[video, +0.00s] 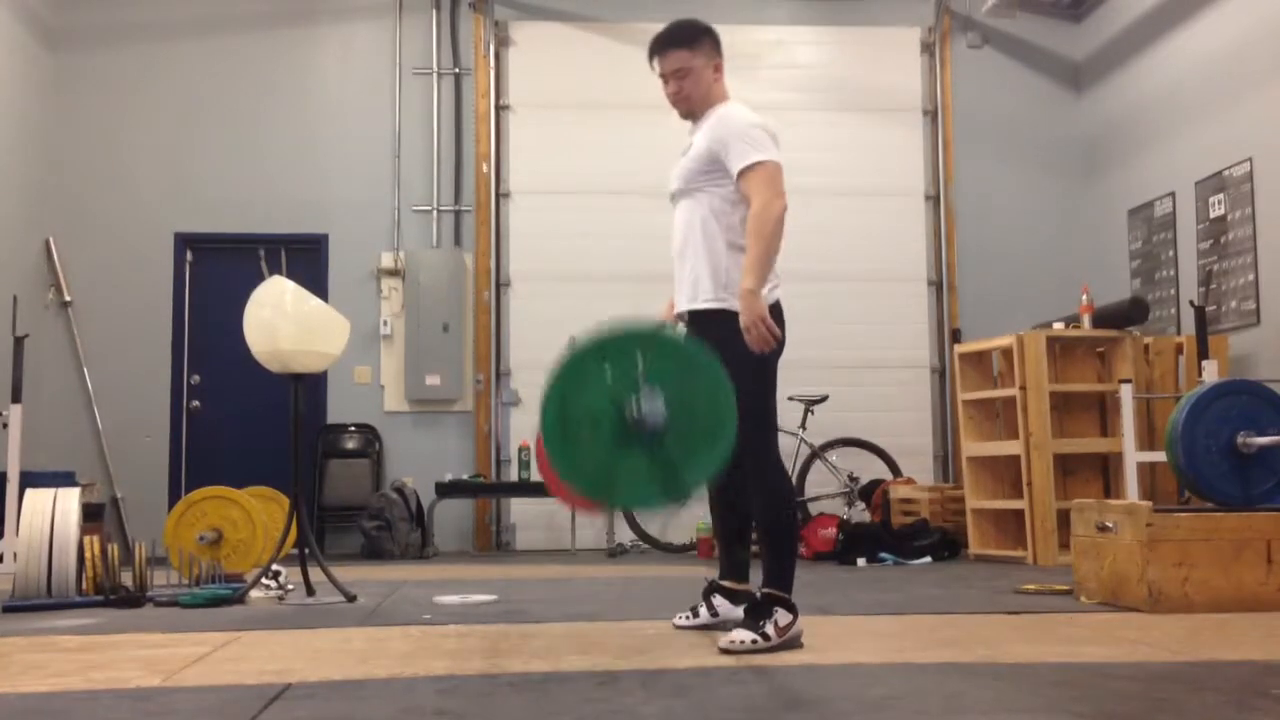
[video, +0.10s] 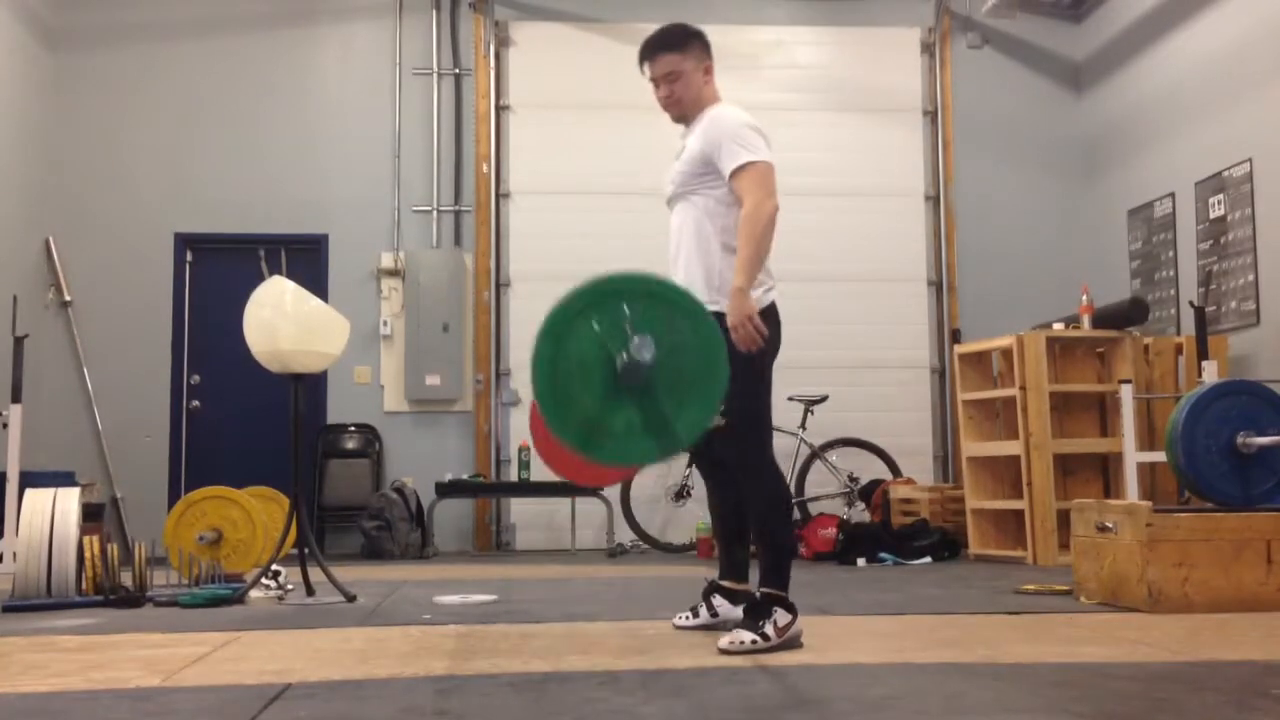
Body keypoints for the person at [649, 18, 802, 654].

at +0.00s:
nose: (672, 89)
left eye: (683, 74)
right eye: (665, 78)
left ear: (716, 68)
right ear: (661, 82)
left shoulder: (737, 124)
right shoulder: (701, 140)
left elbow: (770, 202)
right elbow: (707, 236)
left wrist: (751, 292)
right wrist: (680, 305)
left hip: (739, 318)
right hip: (706, 320)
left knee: (757, 457)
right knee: (721, 458)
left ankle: (778, 608)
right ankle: (730, 594)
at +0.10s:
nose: (662, 91)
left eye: (672, 77)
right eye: (654, 82)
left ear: (707, 71)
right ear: (652, 86)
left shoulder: (726, 125)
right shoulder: (697, 141)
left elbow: (761, 202)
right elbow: (706, 238)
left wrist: (742, 292)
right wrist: (681, 314)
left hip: (737, 319)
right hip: (706, 323)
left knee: (749, 455)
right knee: (714, 457)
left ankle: (777, 608)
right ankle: (730, 594)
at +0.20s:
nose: (653, 95)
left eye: (662, 80)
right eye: (644, 86)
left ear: (696, 74)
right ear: (641, 91)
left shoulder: (718, 127)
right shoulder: (689, 144)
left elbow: (753, 202)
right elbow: (697, 241)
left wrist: (724, 289)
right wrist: (673, 315)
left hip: (733, 320)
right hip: (702, 324)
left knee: (736, 451)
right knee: (711, 454)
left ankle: (774, 605)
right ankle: (731, 595)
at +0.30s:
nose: (640, 101)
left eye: (648, 85)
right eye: (631, 92)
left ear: (681, 75)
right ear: (629, 97)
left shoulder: (709, 128)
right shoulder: (680, 147)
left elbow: (745, 203)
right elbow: (694, 238)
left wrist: (712, 286)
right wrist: (678, 310)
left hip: (730, 317)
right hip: (703, 320)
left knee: (721, 447)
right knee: (711, 450)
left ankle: (762, 596)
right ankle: (732, 590)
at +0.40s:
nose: (628, 109)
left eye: (633, 93)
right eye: (618, 100)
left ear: (666, 80)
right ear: (619, 102)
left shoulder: (700, 128)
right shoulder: (676, 146)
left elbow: (740, 203)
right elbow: (691, 240)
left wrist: (701, 279)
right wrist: (675, 312)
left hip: (724, 315)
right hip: (705, 319)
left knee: (716, 451)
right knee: (713, 453)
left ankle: (743, 584)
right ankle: (728, 589)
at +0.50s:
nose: (614, 114)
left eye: (618, 98)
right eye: (604, 104)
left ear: (651, 81)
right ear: (604, 103)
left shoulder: (690, 128)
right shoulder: (668, 143)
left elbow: (732, 197)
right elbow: (691, 233)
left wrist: (693, 276)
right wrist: (675, 308)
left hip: (720, 313)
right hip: (705, 314)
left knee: (691, 445)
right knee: (709, 449)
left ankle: (720, 591)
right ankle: (731, 592)